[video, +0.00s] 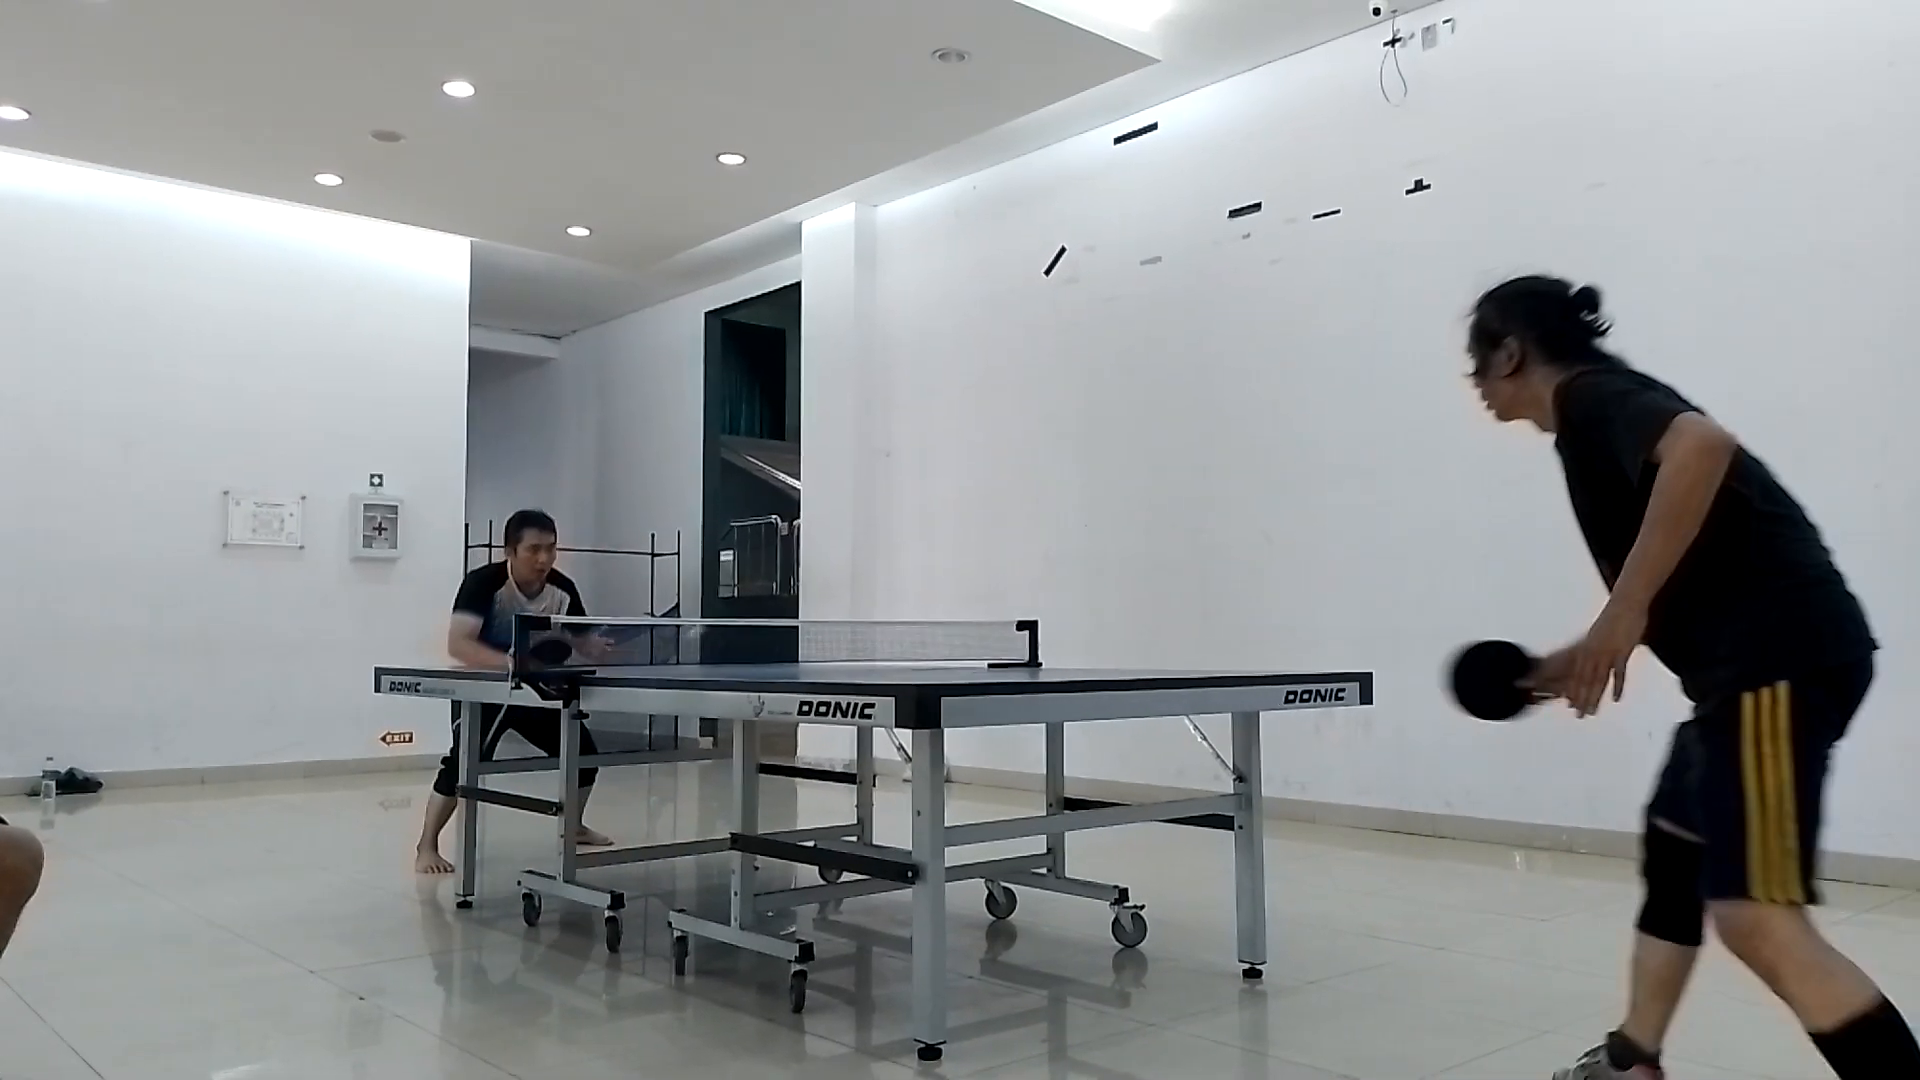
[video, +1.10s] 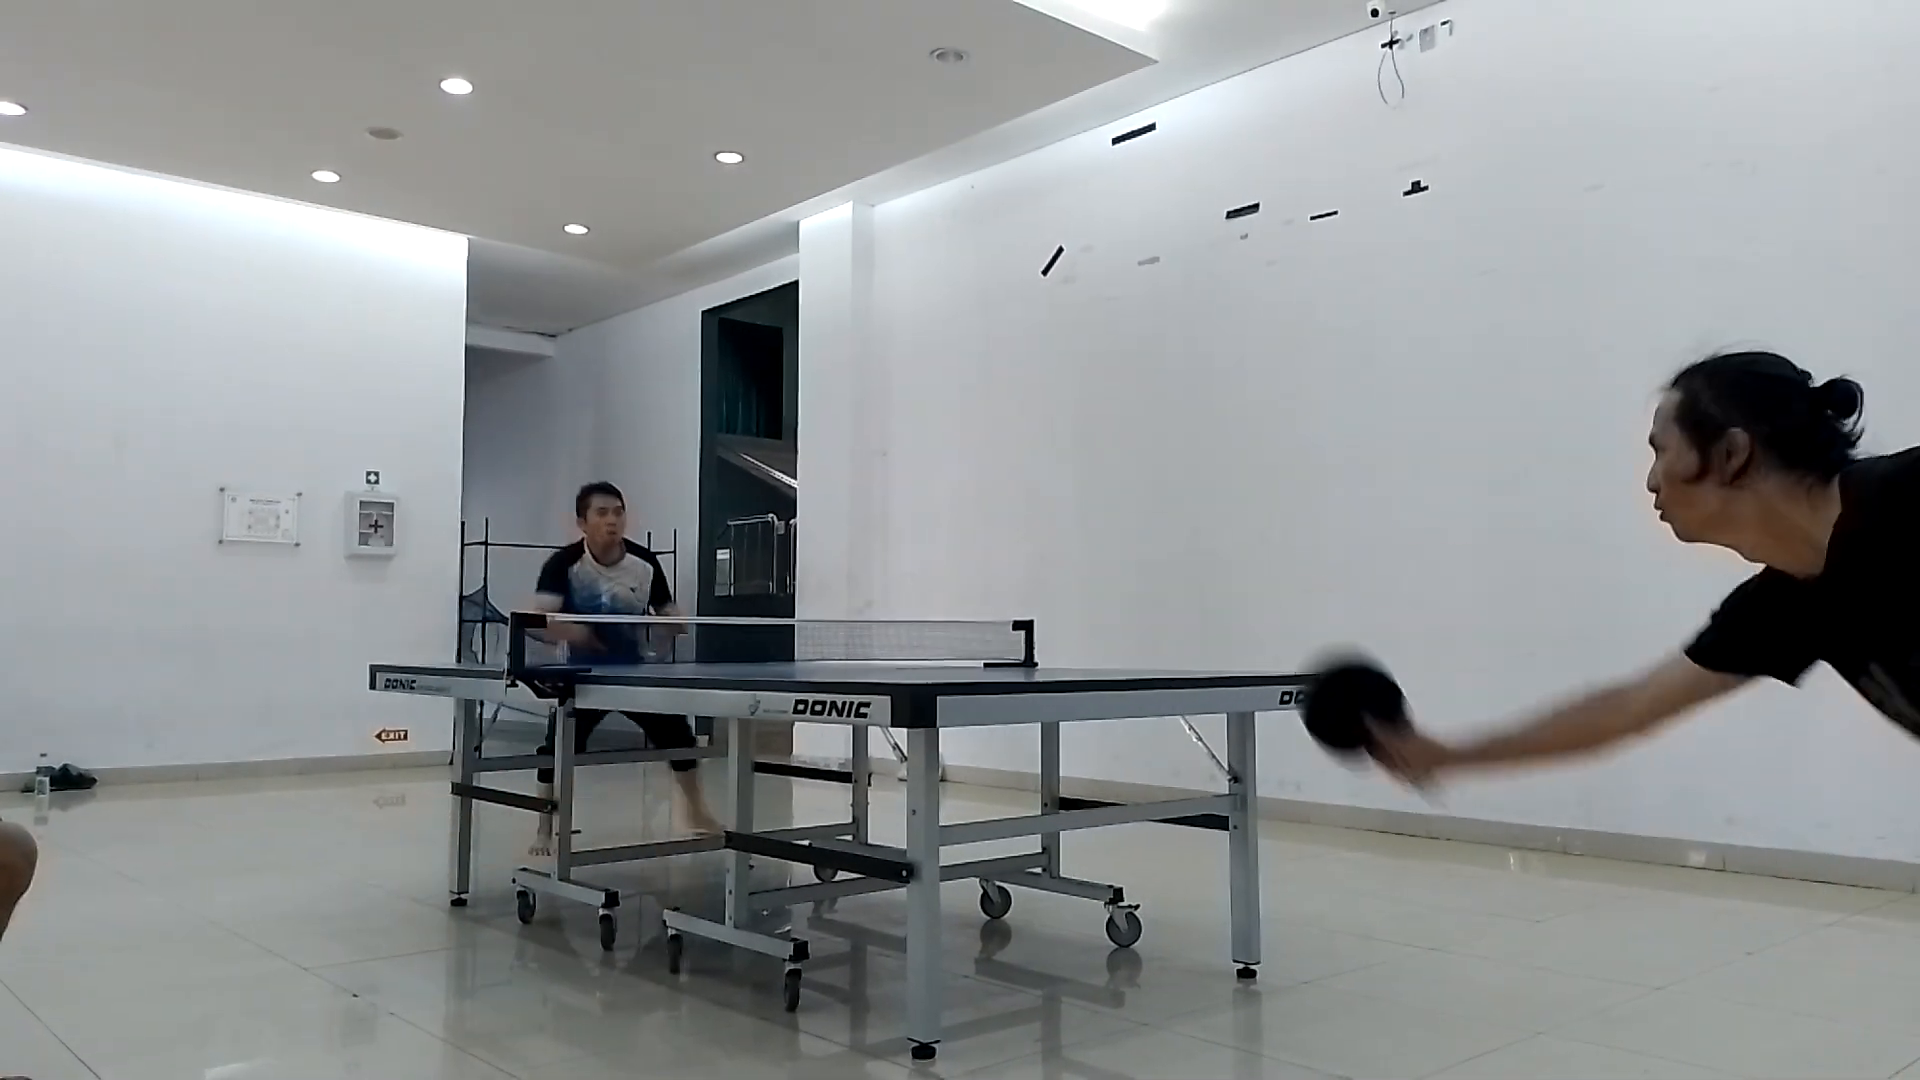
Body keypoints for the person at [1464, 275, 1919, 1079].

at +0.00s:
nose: (1476, 386)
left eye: (1479, 365)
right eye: (1474, 368)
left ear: (1513, 351)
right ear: (1532, 352)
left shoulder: (1594, 395)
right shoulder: (1588, 428)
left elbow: (1701, 444)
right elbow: (1667, 585)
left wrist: (1622, 616)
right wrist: (1570, 665)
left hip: (1783, 659)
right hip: (1741, 668)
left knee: (1757, 918)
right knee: (1677, 842)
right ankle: (1634, 1057)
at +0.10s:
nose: (1510, 364)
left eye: (1514, 341)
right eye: (1508, 345)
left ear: (1555, 326)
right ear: (1578, 324)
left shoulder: (1624, 377)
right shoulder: (1635, 390)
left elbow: (1736, 433)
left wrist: (1665, 609)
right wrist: (1657, 646)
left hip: (1824, 653)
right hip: (1800, 656)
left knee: (1792, 924)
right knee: (1732, 830)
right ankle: (1710, 1054)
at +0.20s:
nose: (1540, 345)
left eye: (1543, 320)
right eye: (1538, 325)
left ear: (1584, 304)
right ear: (1608, 304)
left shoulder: (1659, 354)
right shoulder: (1661, 379)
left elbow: (1798, 407)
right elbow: (1789, 535)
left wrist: (1752, 581)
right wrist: (1691, 636)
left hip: (1857, 632)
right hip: (1830, 635)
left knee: (1806, 898)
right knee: (1801, 893)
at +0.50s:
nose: (1614, 332)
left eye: (1619, 307)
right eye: (1611, 312)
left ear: (1670, 297)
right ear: (1676, 299)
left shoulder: (1771, 370)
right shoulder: (1750, 396)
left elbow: (1900, 449)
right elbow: (1823, 578)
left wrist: (1856, 646)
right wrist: (1709, 666)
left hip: (1914, 686)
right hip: (1894, 686)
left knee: (1878, 938)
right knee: (1882, 936)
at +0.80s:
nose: (1665, 331)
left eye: (1670, 304)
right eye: (1662, 310)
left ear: (1732, 288)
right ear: (1730, 292)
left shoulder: (1856, 378)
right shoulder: (1821, 402)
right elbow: (1836, 591)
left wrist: (1783, 694)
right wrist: (1654, 585)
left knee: (1903, 975)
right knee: (1899, 974)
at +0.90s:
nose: (1661, 381)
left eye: (1674, 349)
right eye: (1663, 351)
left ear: (1740, 336)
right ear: (1739, 339)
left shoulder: (1907, 422)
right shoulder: (1784, 494)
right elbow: (1634, 570)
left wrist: (1885, 711)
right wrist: (1459, 561)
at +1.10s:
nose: (1649, 484)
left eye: (1660, 451)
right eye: (1651, 455)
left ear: (1732, 456)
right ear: (1730, 459)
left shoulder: (1908, 500)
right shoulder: (1793, 600)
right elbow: (1628, 708)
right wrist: (1444, 753)